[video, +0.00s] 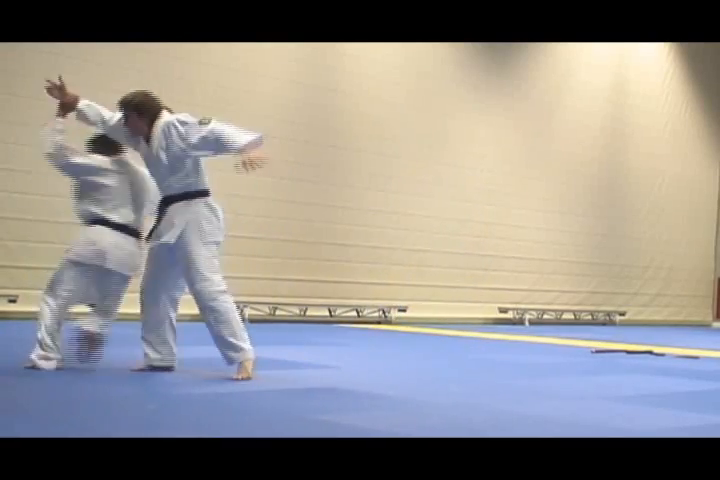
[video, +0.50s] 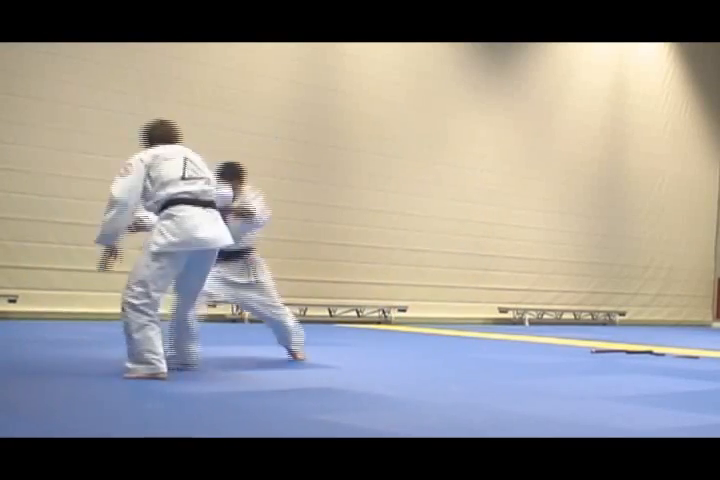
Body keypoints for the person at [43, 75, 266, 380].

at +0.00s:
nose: (126, 125)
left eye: (128, 119)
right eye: (125, 120)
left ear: (142, 116)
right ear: (136, 119)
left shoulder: (175, 126)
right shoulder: (139, 137)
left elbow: (212, 131)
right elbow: (108, 120)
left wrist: (245, 144)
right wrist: (74, 103)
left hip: (196, 212)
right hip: (168, 218)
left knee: (206, 285)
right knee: (155, 289)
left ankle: (242, 356)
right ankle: (160, 357)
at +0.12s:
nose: (130, 121)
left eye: (133, 115)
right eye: (130, 116)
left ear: (149, 115)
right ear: (144, 116)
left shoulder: (178, 129)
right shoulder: (142, 139)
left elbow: (206, 145)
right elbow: (111, 133)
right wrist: (78, 126)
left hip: (189, 215)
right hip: (163, 217)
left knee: (180, 282)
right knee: (152, 290)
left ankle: (226, 348)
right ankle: (160, 357)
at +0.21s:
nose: (131, 125)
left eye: (134, 119)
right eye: (131, 119)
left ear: (148, 116)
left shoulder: (169, 128)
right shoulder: (147, 147)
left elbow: (191, 151)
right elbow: (117, 160)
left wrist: (158, 181)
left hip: (191, 215)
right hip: (170, 217)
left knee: (163, 279)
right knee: (150, 283)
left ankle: (198, 351)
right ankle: (160, 357)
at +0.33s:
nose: (128, 137)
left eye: (127, 131)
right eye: (126, 132)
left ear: (133, 126)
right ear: (157, 120)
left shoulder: (148, 135)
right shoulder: (177, 142)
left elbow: (160, 163)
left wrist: (125, 200)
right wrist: (127, 220)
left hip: (185, 217)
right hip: (207, 218)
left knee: (153, 294)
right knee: (182, 297)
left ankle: (151, 362)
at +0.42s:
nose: (129, 147)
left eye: (128, 143)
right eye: (129, 143)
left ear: (133, 140)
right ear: (159, 134)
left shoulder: (140, 151)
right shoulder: (186, 154)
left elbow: (133, 184)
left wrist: (114, 223)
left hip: (180, 226)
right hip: (214, 228)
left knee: (145, 298)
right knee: (180, 303)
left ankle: (149, 364)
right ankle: (170, 359)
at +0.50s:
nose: (144, 145)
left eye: (145, 141)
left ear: (149, 141)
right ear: (176, 138)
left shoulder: (145, 157)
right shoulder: (195, 158)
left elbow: (122, 198)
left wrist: (110, 239)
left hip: (177, 225)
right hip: (213, 227)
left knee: (139, 296)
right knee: (187, 300)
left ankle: (149, 363)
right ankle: (185, 356)